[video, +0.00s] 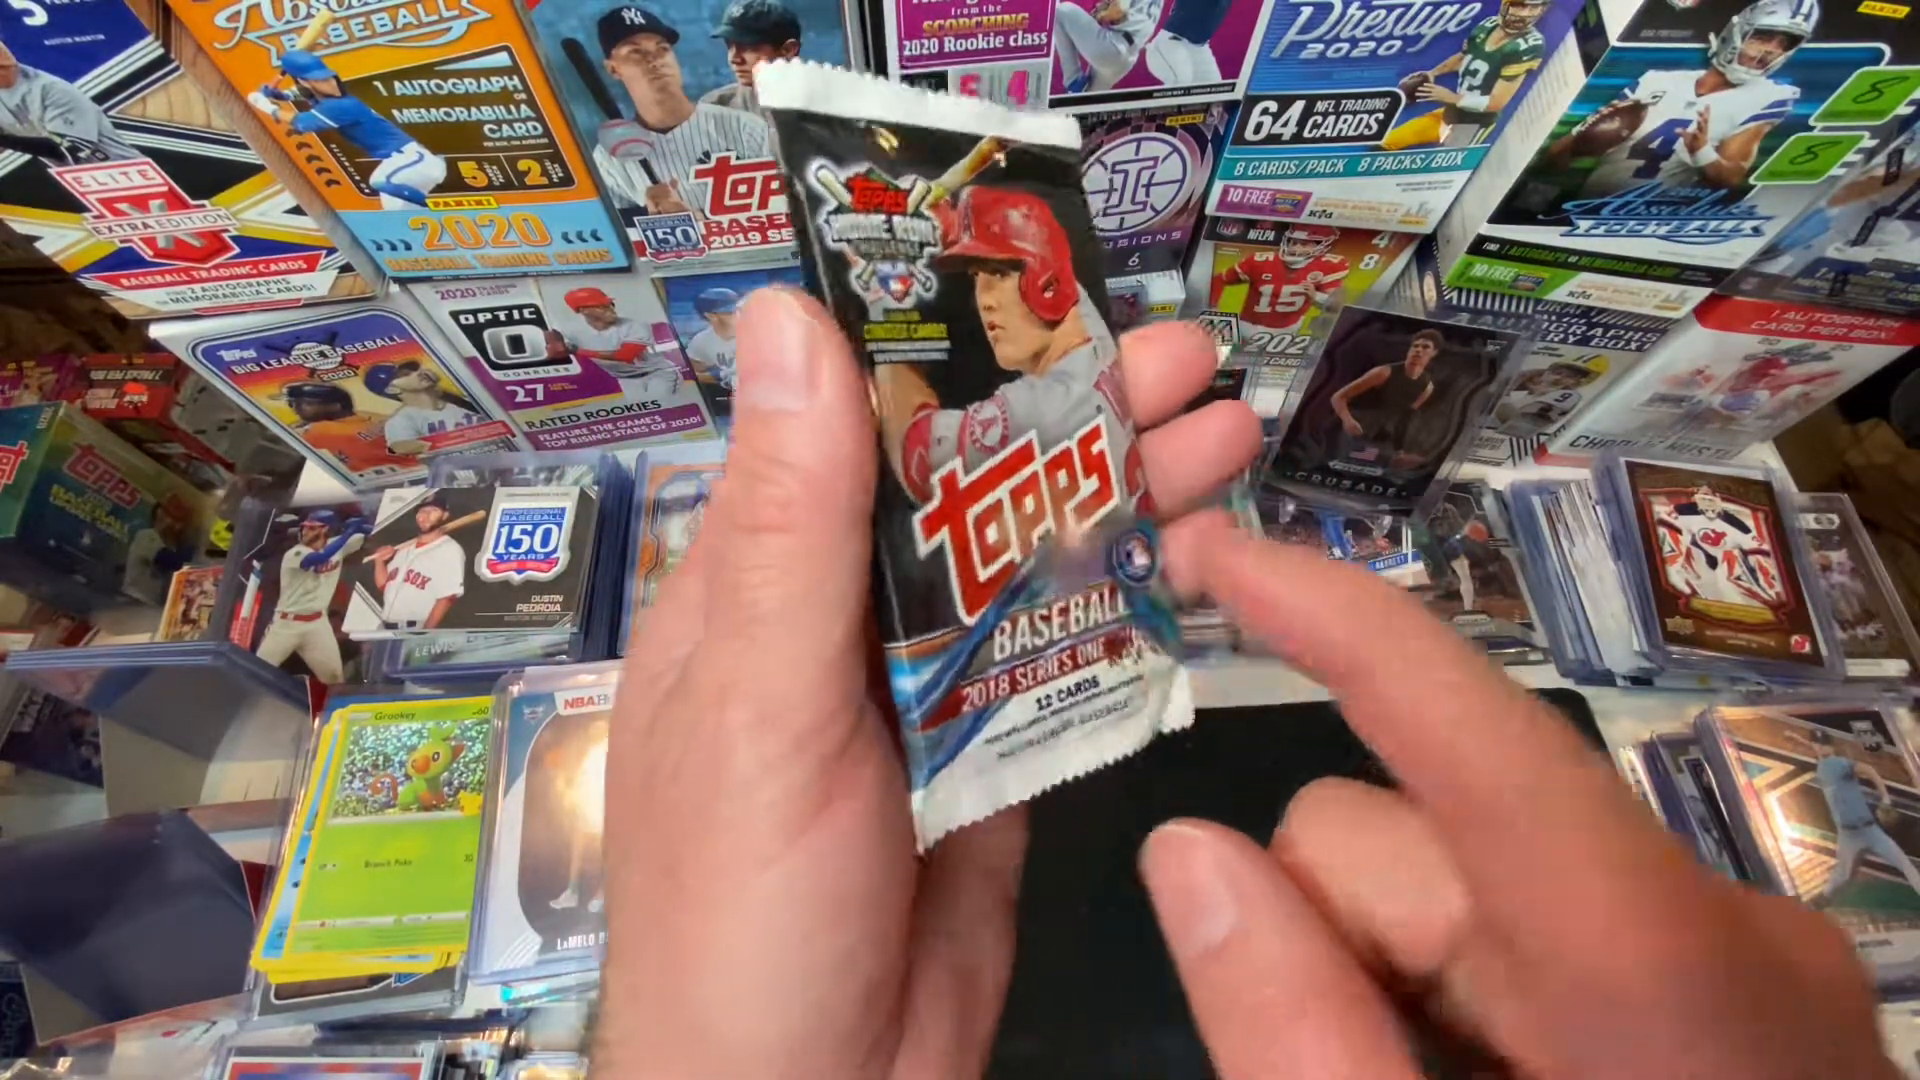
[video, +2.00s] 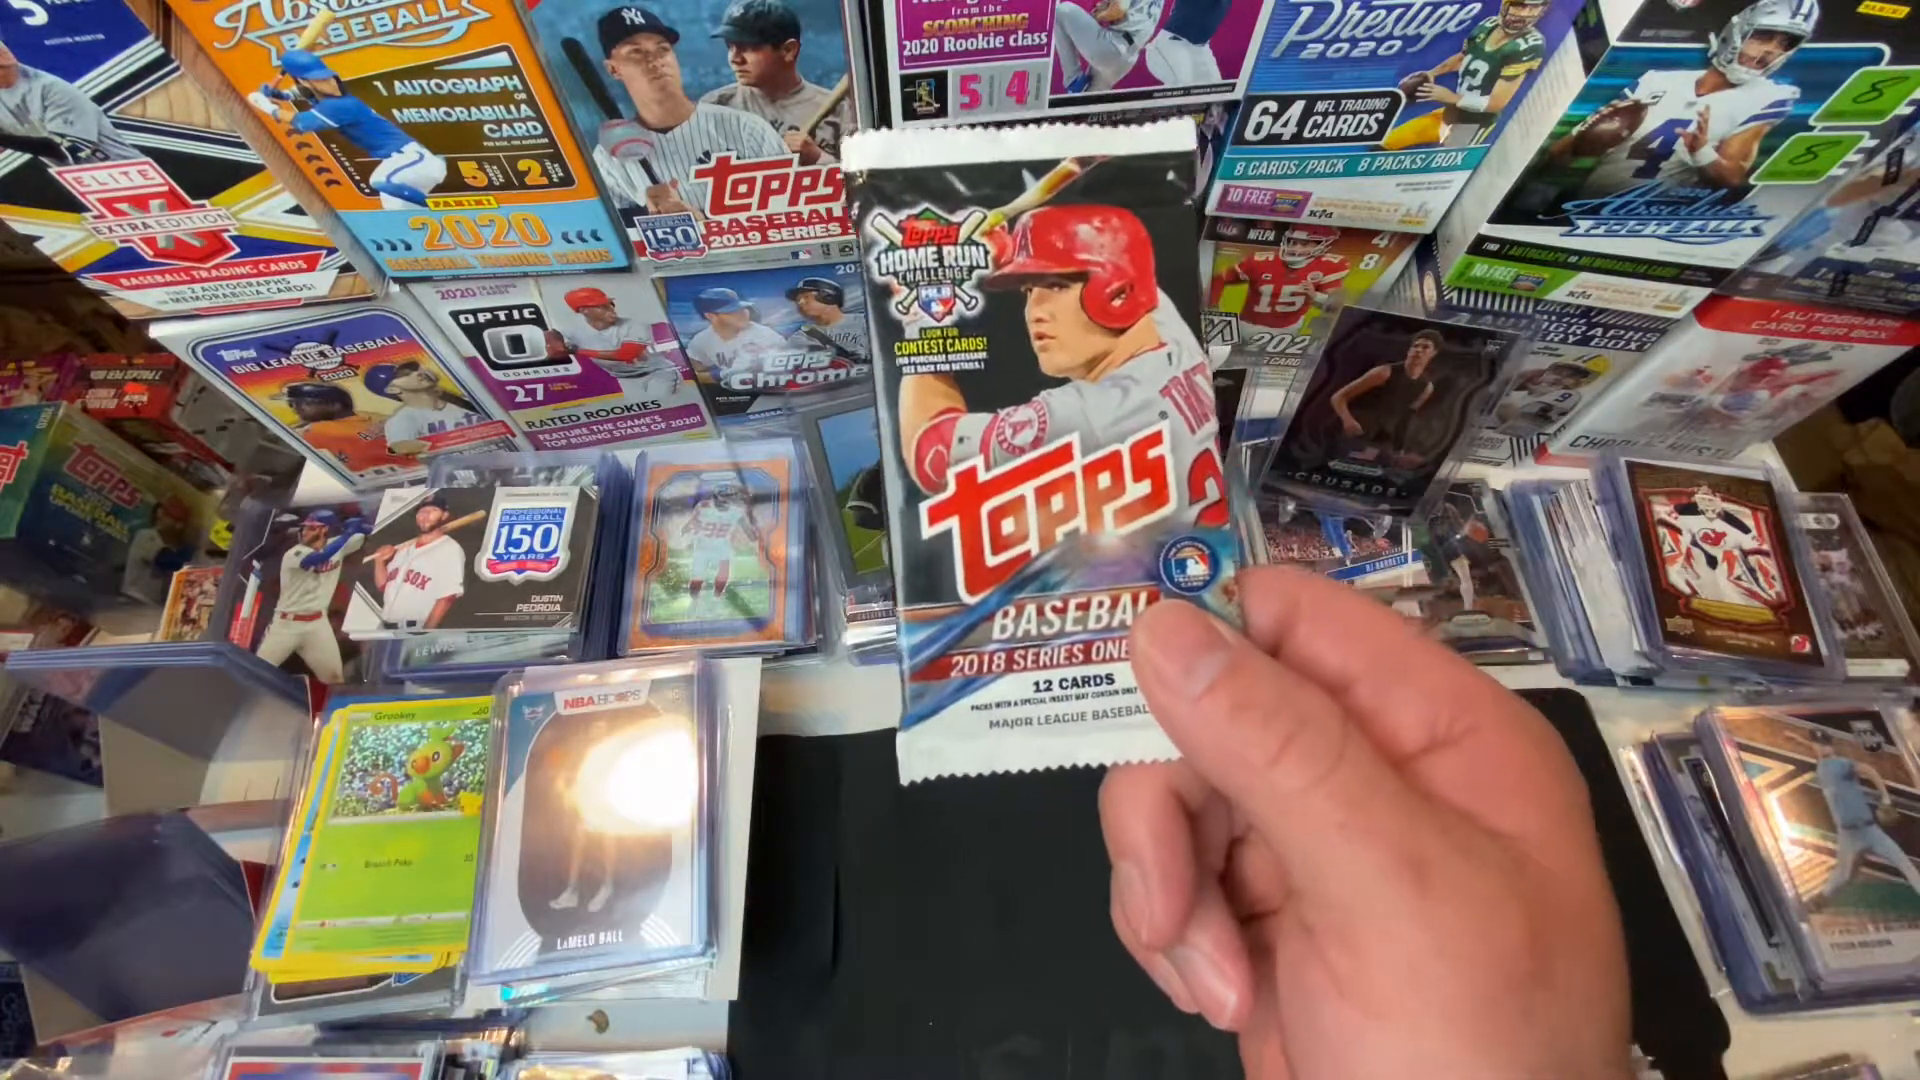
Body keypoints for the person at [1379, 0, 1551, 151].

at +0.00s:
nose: (1520, 14)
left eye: (1530, 7)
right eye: (1516, 5)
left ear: (1542, 11)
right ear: (1504, 5)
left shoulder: (1527, 47)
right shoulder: (1487, 26)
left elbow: (1496, 103)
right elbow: (1463, 58)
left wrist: (1450, 97)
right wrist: (1432, 73)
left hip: (1477, 123)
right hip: (1452, 111)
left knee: (1441, 175)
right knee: (1387, 141)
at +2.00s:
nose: (1518, 14)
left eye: (1529, 8)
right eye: (1514, 6)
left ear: (1542, 11)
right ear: (1504, 5)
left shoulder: (1527, 47)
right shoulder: (1487, 26)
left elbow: (1496, 104)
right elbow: (1463, 57)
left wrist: (1450, 98)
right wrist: (1431, 73)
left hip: (1478, 123)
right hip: (1452, 111)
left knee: (1443, 174)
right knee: (1388, 141)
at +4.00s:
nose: (1518, 13)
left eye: (1529, 7)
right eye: (1514, 4)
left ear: (1541, 10)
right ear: (1503, 3)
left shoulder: (1527, 47)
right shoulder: (1487, 26)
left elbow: (1496, 104)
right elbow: (1463, 58)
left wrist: (1450, 97)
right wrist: (1431, 73)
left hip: (1477, 124)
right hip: (1452, 111)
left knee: (1442, 175)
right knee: (1389, 141)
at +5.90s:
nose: (1520, 13)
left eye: (1529, 7)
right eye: (1515, 5)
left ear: (1542, 11)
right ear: (1503, 5)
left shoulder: (1529, 47)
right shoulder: (1488, 25)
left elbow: (1496, 104)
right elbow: (1463, 57)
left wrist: (1450, 97)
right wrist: (1431, 73)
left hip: (1479, 122)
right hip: (1453, 111)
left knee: (1444, 169)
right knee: (1390, 140)